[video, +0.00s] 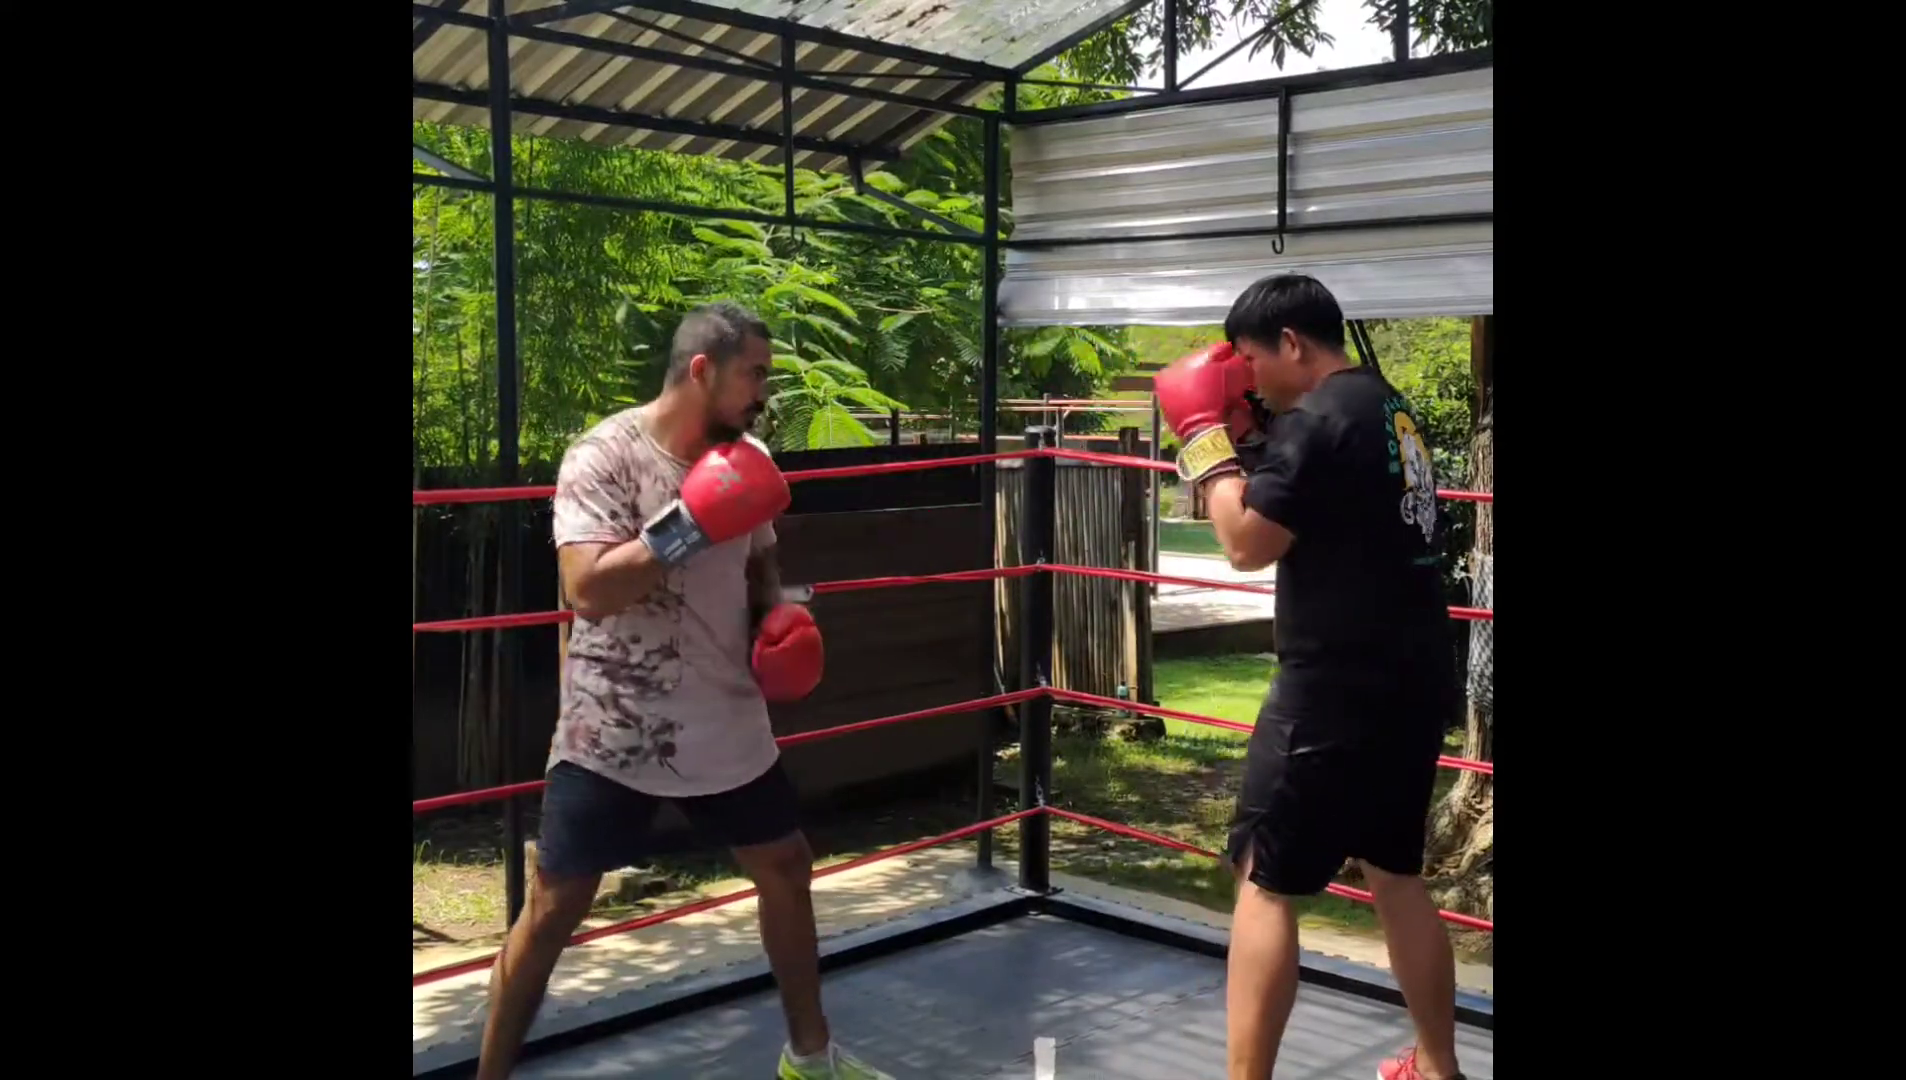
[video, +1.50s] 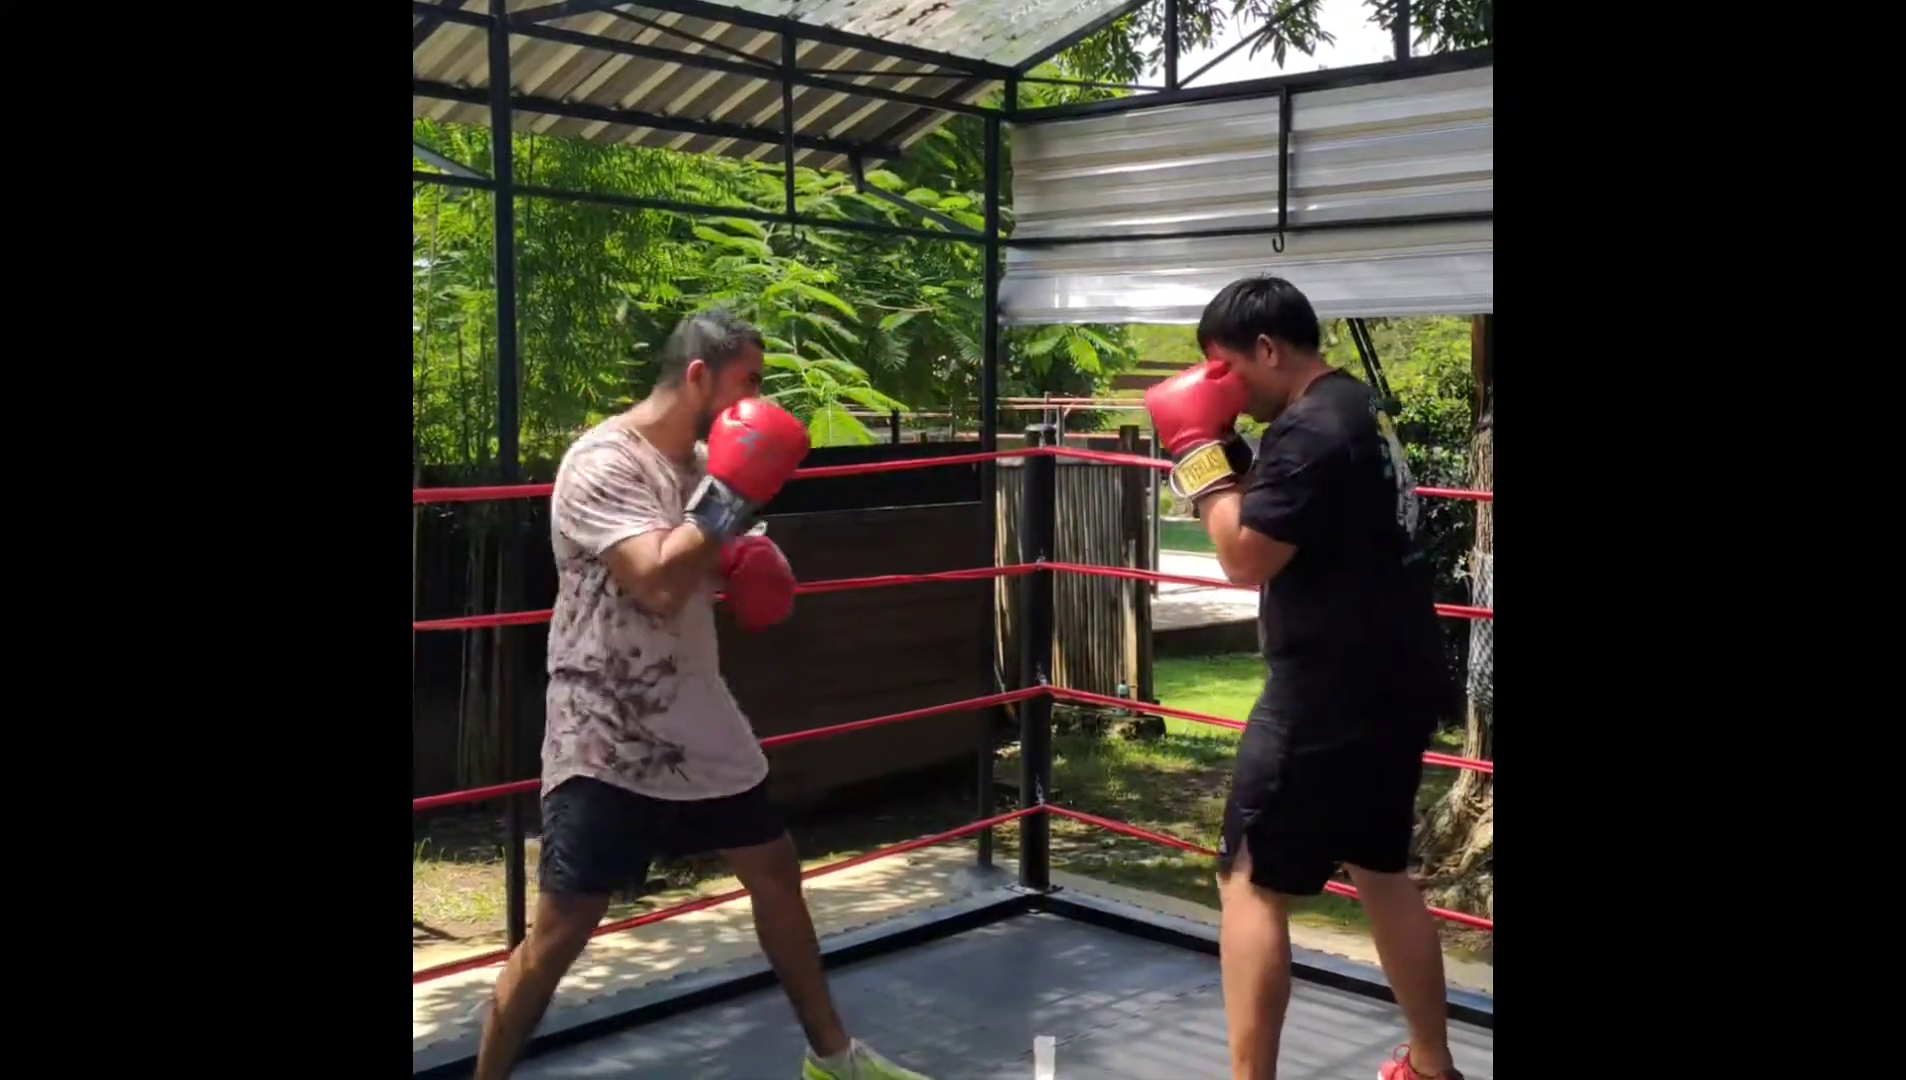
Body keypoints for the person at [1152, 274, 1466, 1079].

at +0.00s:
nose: (1249, 382)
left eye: (1249, 363)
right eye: (1242, 368)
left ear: (1293, 344)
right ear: (1321, 342)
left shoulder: (1318, 419)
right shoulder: (1385, 405)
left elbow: (1246, 543)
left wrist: (1207, 443)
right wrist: (1249, 436)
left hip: (1332, 685)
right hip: (1413, 683)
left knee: (1265, 881)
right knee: (1398, 875)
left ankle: (1246, 1071)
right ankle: (1438, 1065)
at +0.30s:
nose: (1224, 389)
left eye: (1226, 370)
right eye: (1217, 375)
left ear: (1271, 353)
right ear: (1288, 351)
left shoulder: (1313, 430)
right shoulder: (1349, 408)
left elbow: (1272, 567)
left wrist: (1204, 469)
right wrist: (1233, 449)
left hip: (1316, 694)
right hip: (1387, 691)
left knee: (1235, 878)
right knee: (1384, 873)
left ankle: (1240, 1072)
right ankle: (1433, 1065)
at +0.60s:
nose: (1187, 384)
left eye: (1187, 368)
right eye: (1182, 371)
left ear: (1221, 351)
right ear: (1274, 341)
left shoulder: (1220, 407)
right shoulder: (1356, 393)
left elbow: (1074, 413)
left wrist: (964, 380)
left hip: (1275, 686)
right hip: (1383, 682)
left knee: (1216, 878)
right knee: (1393, 871)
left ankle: (1205, 1069)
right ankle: (1436, 1056)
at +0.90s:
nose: (1224, 386)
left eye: (1224, 366)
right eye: (1216, 372)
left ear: (1266, 345)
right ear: (1289, 344)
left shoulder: (1294, 417)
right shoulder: (1361, 402)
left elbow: (1232, 549)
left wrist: (1187, 455)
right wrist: (1232, 438)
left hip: (1310, 683)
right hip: (1394, 681)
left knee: (1239, 876)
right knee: (1390, 869)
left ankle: (1223, 1070)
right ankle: (1433, 1064)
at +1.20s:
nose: (1232, 381)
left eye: (1233, 363)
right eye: (1225, 368)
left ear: (1280, 346)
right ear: (1295, 344)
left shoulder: (1326, 423)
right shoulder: (1355, 403)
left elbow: (1268, 559)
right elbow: (1280, 539)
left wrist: (1213, 455)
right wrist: (1229, 452)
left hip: (1331, 691)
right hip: (1387, 686)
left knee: (1278, 886)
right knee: (1388, 872)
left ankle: (1254, 1072)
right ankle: (1433, 1062)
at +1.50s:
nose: (1223, 384)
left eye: (1225, 367)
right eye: (1216, 371)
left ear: (1268, 351)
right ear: (1288, 349)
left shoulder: (1311, 430)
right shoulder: (1352, 407)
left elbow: (1245, 561)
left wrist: (1201, 455)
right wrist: (1226, 448)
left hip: (1322, 693)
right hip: (1391, 690)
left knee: (1250, 880)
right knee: (1384, 872)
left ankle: (1250, 1072)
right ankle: (1432, 1062)